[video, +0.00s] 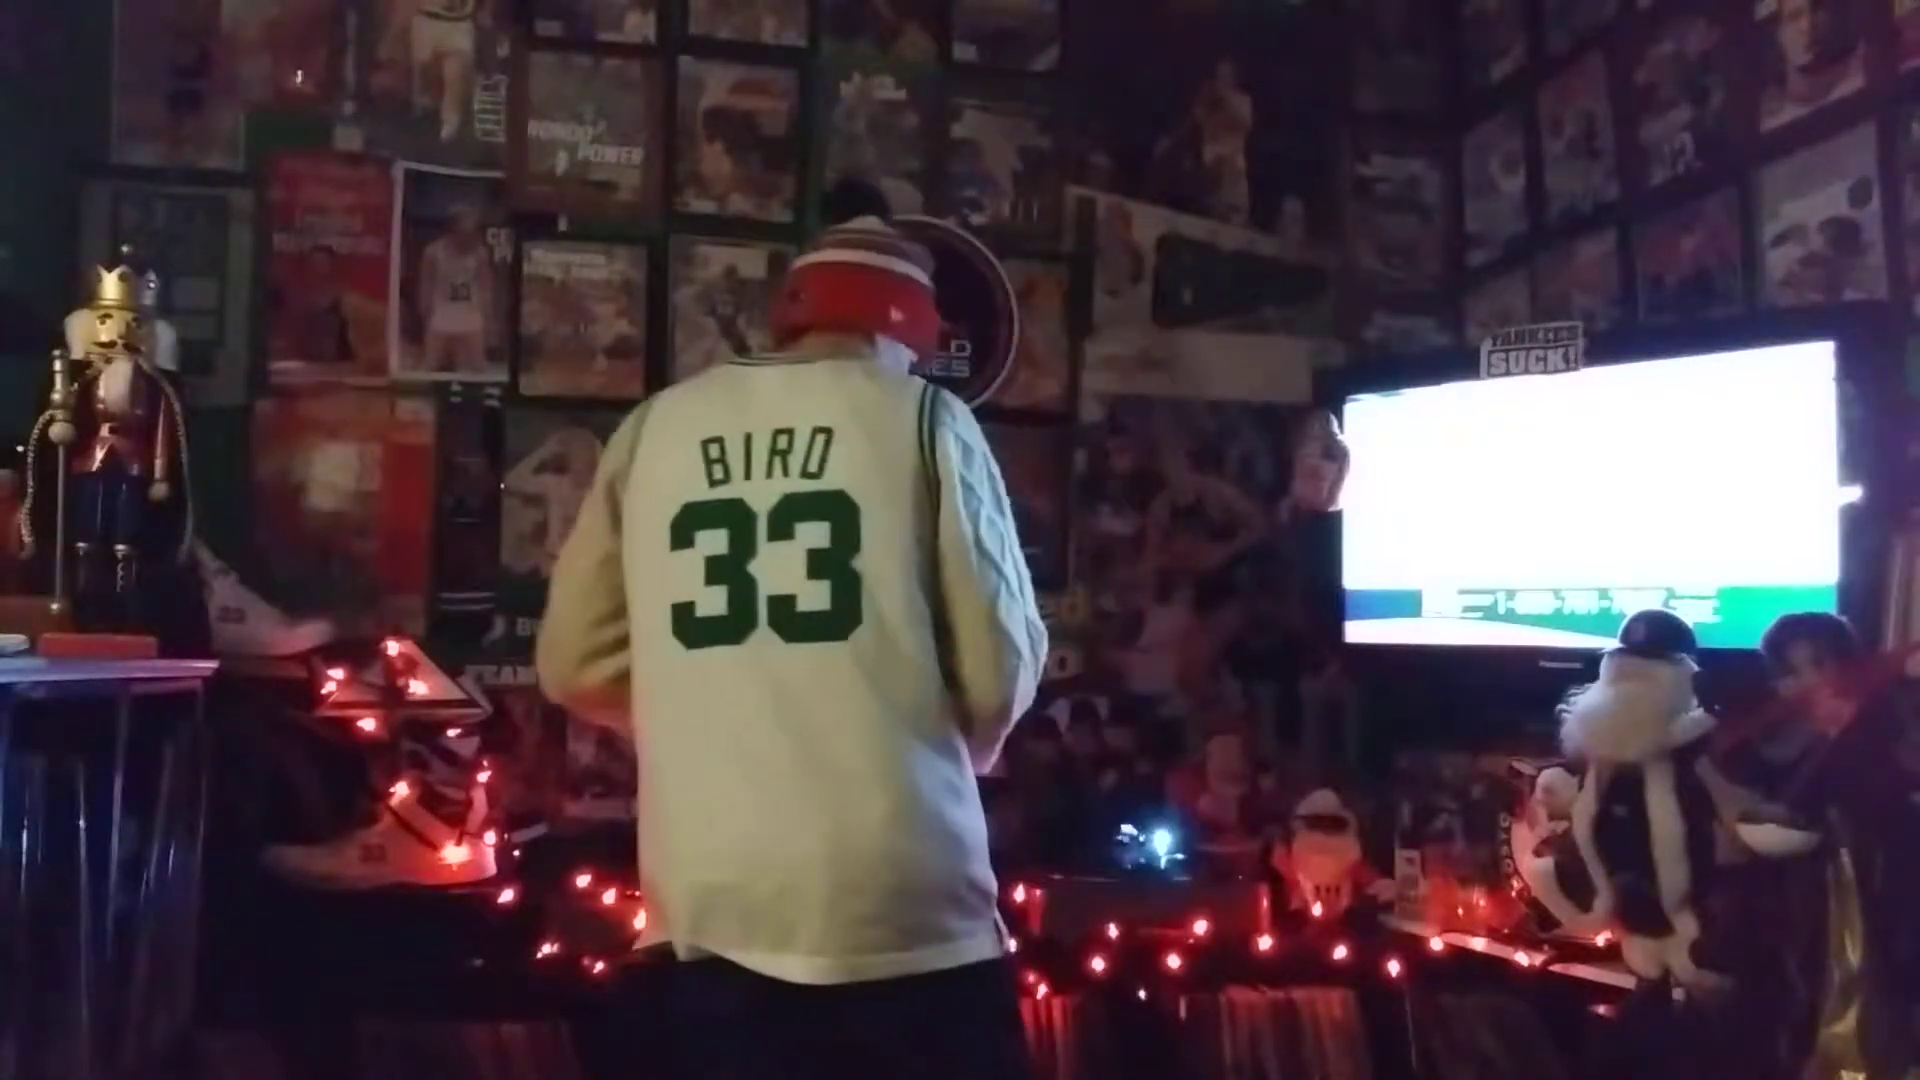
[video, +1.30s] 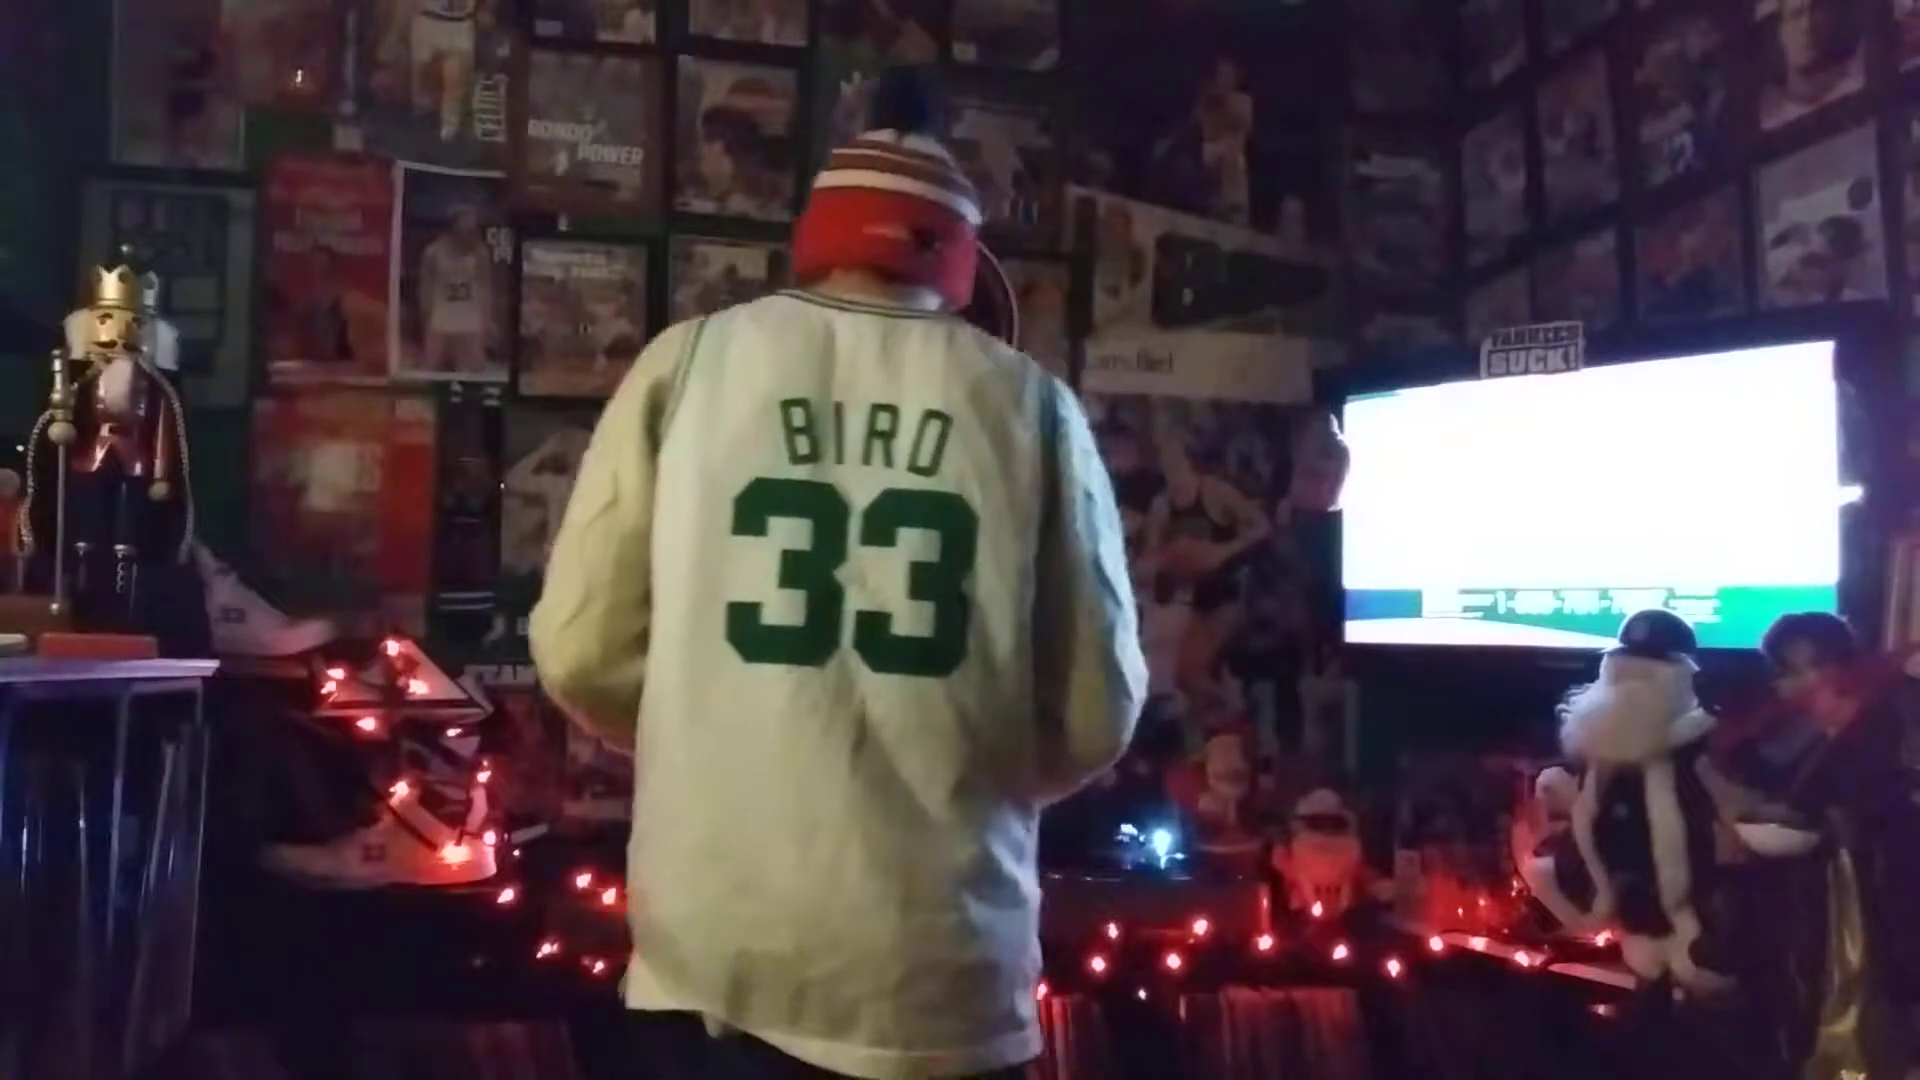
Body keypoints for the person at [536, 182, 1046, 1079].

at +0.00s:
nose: (939, 355)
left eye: (940, 347)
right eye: (936, 342)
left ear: (793, 317)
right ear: (914, 332)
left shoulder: (653, 425)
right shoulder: (929, 420)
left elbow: (574, 659)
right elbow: (996, 676)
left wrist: (710, 724)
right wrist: (935, 764)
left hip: (712, 920)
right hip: (909, 918)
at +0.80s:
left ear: (850, 266)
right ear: (1007, 299)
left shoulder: (722, 361)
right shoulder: (1061, 415)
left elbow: (612, 648)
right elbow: (1108, 722)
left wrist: (749, 738)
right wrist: (972, 790)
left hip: (726, 946)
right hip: (957, 973)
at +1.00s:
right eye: (1015, 266)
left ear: (858, 245)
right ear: (1010, 273)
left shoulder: (729, 348)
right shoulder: (1075, 405)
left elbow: (607, 637)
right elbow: (1122, 725)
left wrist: (749, 733)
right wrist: (971, 784)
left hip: (725, 945)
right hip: (961, 982)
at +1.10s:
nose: (1016, 279)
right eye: (1015, 258)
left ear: (850, 237)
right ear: (1000, 261)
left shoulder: (720, 351)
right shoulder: (1072, 406)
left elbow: (605, 640)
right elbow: (1119, 727)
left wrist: (752, 717)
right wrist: (969, 776)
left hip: (723, 958)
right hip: (958, 986)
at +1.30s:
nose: (973, 282)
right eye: (972, 261)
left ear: (806, 247)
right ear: (959, 266)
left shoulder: (682, 363)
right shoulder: (1035, 407)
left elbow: (578, 650)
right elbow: (1091, 717)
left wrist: (727, 726)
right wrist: (942, 770)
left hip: (700, 963)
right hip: (935, 986)